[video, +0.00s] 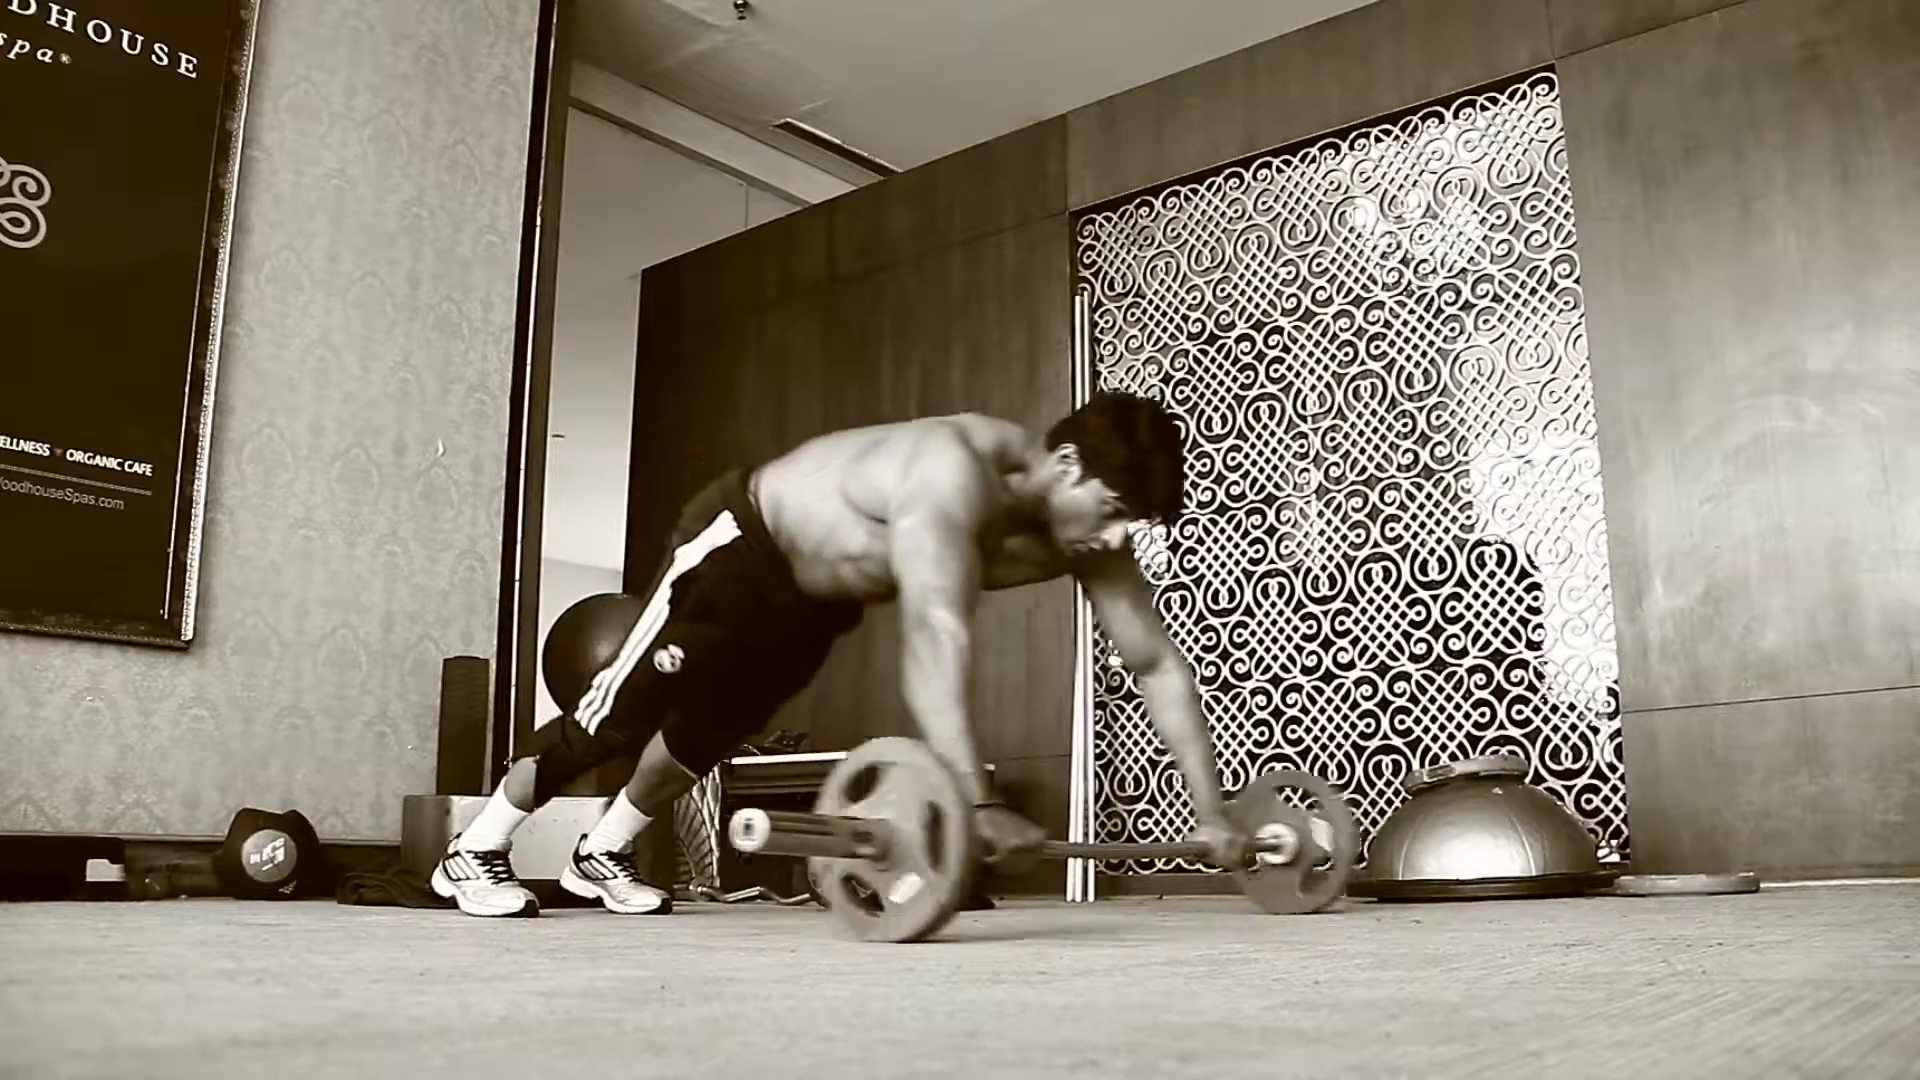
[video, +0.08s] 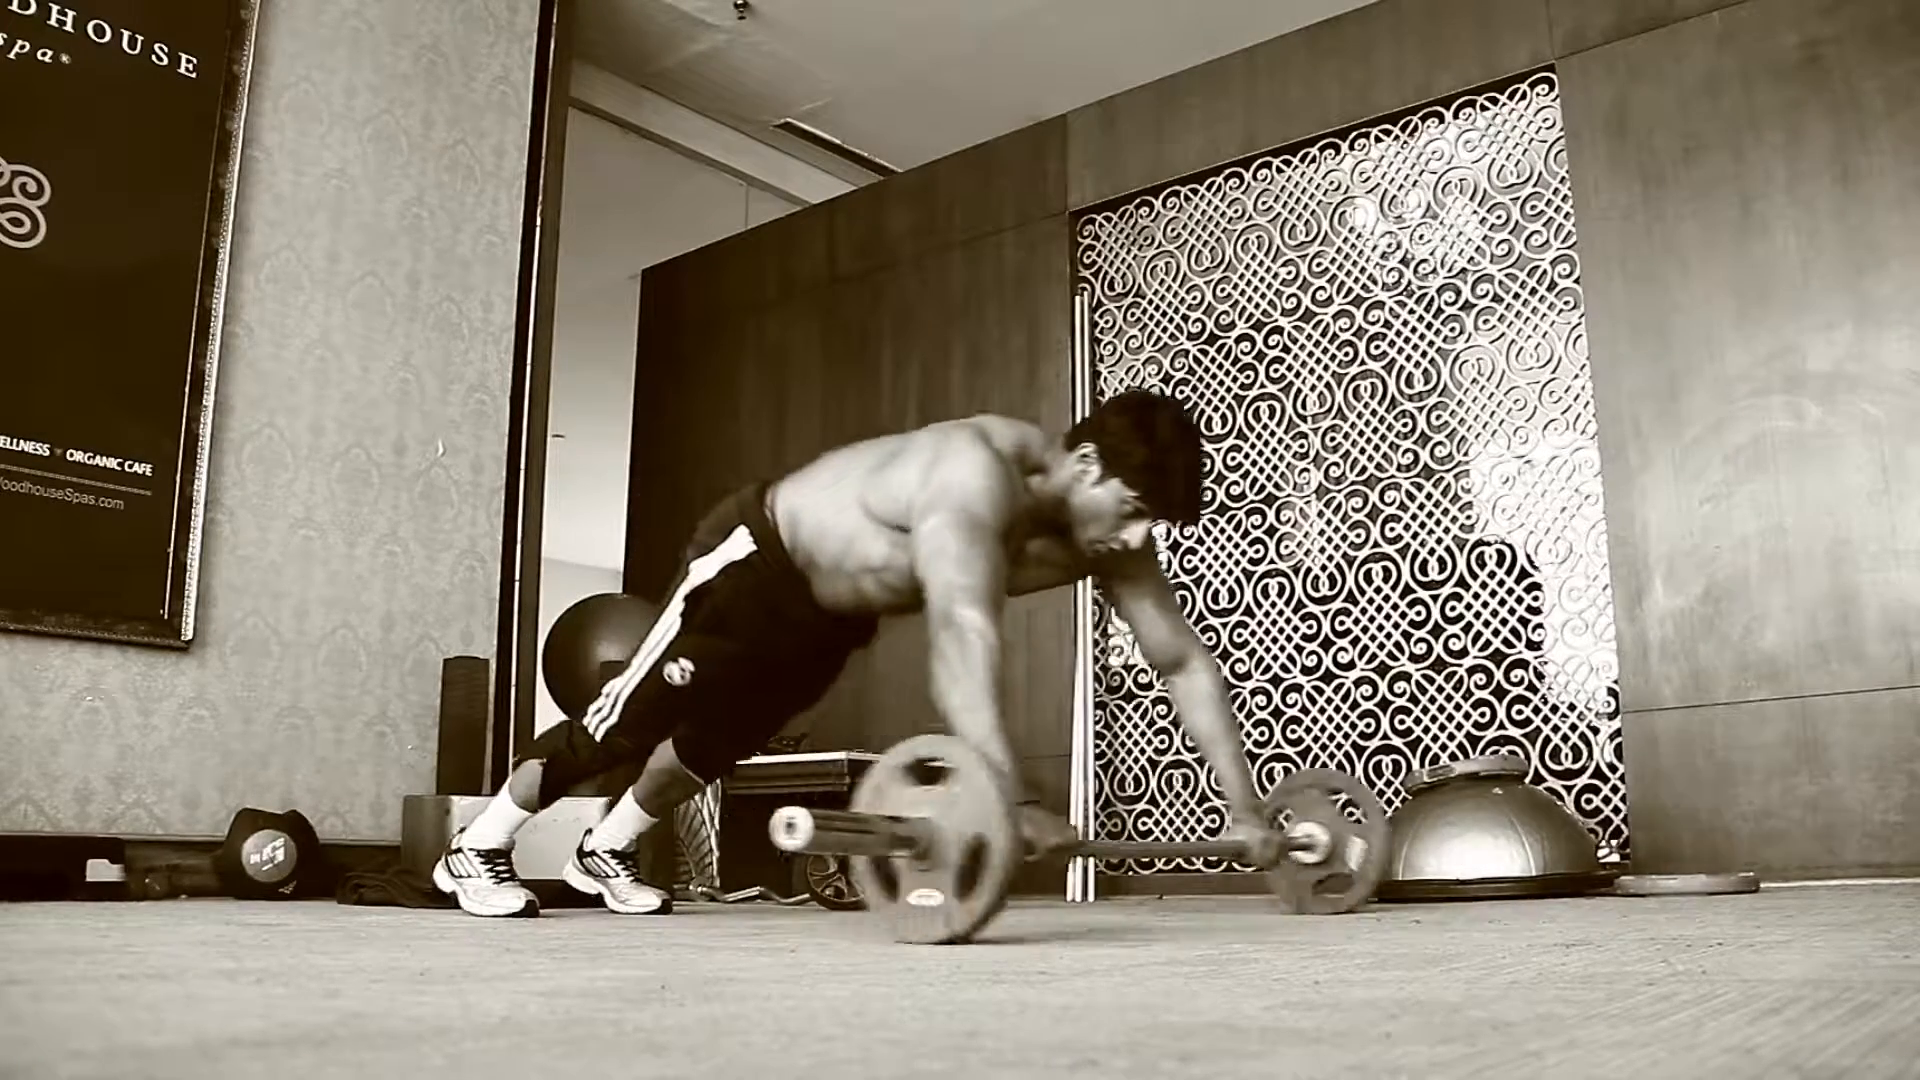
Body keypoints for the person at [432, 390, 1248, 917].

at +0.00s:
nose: (1116, 535)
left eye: (1130, 521)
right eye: (1113, 510)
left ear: (1110, 495)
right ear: (1066, 462)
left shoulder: (1085, 535)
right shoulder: (949, 475)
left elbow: (1155, 665)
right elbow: (933, 641)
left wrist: (1211, 808)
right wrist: (969, 808)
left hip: (820, 600)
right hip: (746, 541)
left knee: (704, 735)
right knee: (613, 715)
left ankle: (600, 853)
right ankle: (472, 854)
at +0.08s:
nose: (1134, 536)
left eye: (1152, 524)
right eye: (1132, 510)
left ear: (1138, 499)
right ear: (1087, 462)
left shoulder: (1110, 536)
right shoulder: (972, 472)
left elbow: (1184, 664)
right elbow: (961, 630)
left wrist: (1241, 803)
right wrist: (997, 791)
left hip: (834, 614)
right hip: (762, 555)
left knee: (712, 739)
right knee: (625, 716)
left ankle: (605, 850)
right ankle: (479, 847)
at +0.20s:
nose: (1162, 537)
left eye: (1179, 524)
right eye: (1161, 512)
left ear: (1156, 495)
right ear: (1117, 464)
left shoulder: (1134, 535)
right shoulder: (1006, 477)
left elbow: (1224, 665)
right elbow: (1004, 628)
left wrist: (1298, 814)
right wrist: (1050, 793)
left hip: (852, 640)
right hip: (782, 585)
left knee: (725, 753)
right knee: (637, 728)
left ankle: (608, 843)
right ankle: (479, 840)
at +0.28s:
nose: (1182, 547)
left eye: (1198, 535)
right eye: (1183, 523)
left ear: (1172, 504)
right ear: (1139, 472)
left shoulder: (1147, 539)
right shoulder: (1030, 481)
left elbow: (1244, 663)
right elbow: (1028, 627)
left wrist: (1325, 805)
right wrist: (1096, 779)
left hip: (865, 655)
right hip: (798, 599)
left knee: (731, 763)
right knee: (646, 732)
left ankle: (609, 834)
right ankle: (483, 837)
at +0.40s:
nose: (1209, 556)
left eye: (1227, 544)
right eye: (1212, 531)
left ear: (1204, 517)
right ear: (1168, 480)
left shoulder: (1165, 546)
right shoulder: (1055, 492)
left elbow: (1273, 666)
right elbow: (1067, 633)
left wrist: (1361, 795)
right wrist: (1146, 766)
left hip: (885, 670)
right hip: (820, 615)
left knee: (750, 772)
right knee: (659, 740)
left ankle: (614, 828)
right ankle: (495, 827)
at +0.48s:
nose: (1218, 568)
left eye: (1236, 556)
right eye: (1222, 544)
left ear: (1212, 518)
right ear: (1185, 489)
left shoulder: (1173, 551)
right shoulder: (1067, 500)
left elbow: (1292, 668)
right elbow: (1094, 648)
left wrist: (1385, 798)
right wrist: (1185, 787)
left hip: (890, 682)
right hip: (828, 633)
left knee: (759, 782)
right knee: (665, 751)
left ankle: (629, 830)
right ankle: (498, 823)